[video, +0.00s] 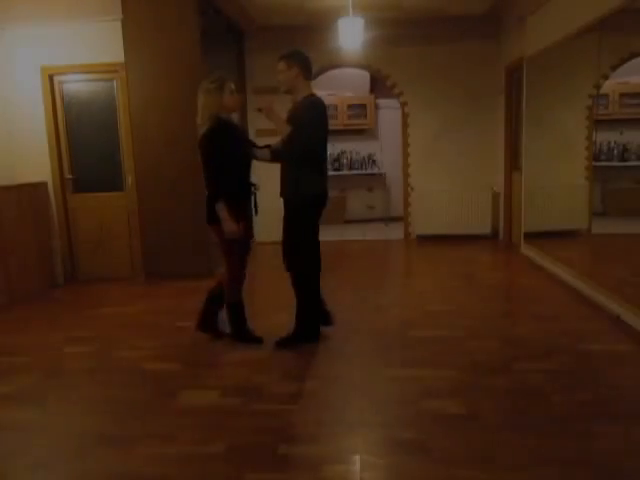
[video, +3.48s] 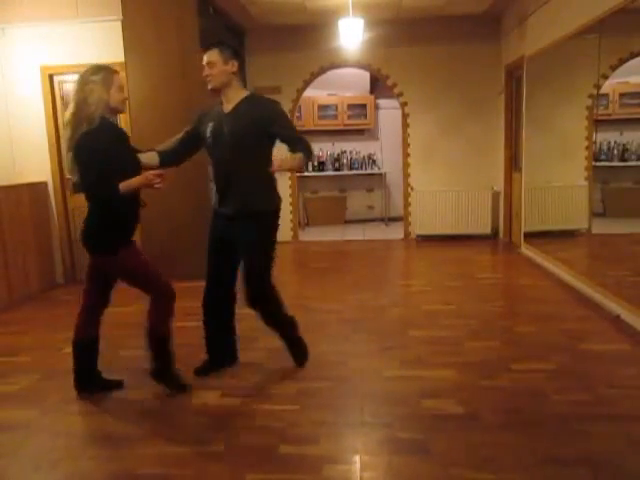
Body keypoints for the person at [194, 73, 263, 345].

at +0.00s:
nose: (237, 97)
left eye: (235, 93)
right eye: (231, 93)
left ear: (227, 98)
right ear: (217, 98)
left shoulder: (233, 130)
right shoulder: (214, 133)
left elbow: (254, 151)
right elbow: (214, 180)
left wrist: (281, 146)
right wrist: (226, 216)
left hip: (240, 204)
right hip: (225, 207)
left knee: (237, 267)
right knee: (233, 269)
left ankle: (209, 315)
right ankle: (238, 324)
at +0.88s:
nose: (207, 103)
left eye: (207, 99)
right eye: (202, 100)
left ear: (204, 104)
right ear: (187, 104)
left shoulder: (209, 134)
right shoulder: (177, 142)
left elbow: (234, 151)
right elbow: (177, 184)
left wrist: (262, 146)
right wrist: (196, 213)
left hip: (217, 199)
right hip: (197, 204)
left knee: (213, 259)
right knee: (218, 260)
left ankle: (210, 307)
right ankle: (197, 304)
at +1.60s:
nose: (183, 102)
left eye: (182, 97)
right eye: (176, 97)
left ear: (177, 101)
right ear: (159, 102)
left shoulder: (186, 136)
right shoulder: (149, 143)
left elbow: (207, 157)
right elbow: (148, 190)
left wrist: (235, 158)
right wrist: (170, 217)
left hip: (198, 209)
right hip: (172, 214)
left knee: (205, 272)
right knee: (183, 276)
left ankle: (189, 329)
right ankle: (162, 325)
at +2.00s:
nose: (153, 93)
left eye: (152, 88)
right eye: (146, 88)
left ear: (138, 93)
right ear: (128, 94)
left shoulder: (143, 127)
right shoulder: (125, 129)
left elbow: (161, 165)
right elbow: (123, 178)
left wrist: (196, 155)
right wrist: (165, 196)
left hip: (152, 221)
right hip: (138, 224)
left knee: (180, 277)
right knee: (155, 290)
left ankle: (143, 330)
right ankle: (148, 371)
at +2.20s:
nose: (136, 93)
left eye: (134, 88)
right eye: (130, 89)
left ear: (119, 95)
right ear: (112, 95)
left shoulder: (128, 133)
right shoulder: (114, 136)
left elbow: (168, 159)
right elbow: (122, 190)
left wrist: (205, 130)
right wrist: (147, 224)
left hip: (130, 224)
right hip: (119, 227)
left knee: (147, 297)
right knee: (134, 301)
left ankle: (100, 361)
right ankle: (145, 378)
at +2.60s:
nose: (125, 89)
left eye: (123, 83)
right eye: (118, 84)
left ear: (108, 88)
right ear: (98, 89)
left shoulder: (116, 128)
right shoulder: (88, 132)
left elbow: (134, 168)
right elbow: (82, 186)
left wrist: (170, 166)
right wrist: (118, 218)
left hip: (121, 224)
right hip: (109, 227)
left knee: (118, 300)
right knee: (150, 300)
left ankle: (89, 369)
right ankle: (132, 370)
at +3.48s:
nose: (124, 95)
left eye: (123, 89)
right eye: (118, 89)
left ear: (100, 94)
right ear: (99, 93)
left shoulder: (109, 132)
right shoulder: (95, 137)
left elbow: (132, 164)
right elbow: (99, 192)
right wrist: (139, 182)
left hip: (109, 237)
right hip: (110, 240)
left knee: (93, 306)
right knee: (162, 292)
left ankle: (86, 376)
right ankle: (163, 367)